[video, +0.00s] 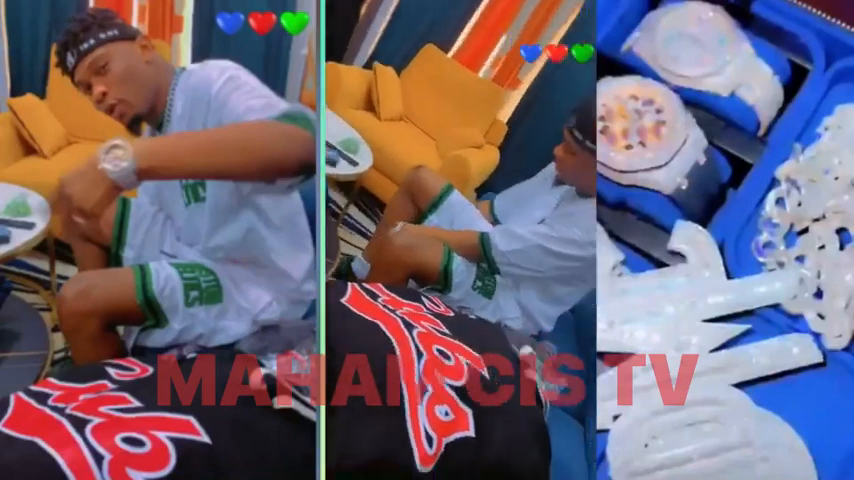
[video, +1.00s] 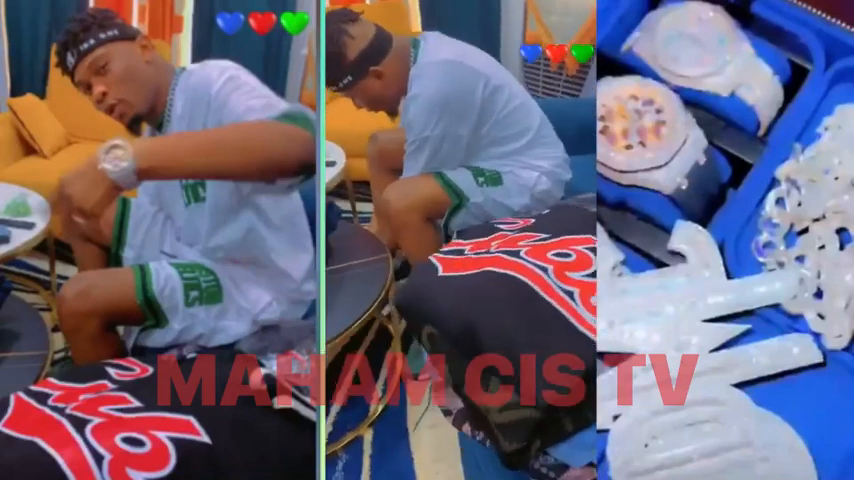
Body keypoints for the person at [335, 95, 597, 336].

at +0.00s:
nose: (558, 151)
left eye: (572, 150)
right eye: (565, 140)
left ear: (602, 169)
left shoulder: (589, 232)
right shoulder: (565, 171)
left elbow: (489, 249)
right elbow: (491, 210)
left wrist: (405, 237)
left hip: (514, 302)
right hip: (498, 253)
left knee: (402, 245)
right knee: (420, 182)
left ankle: (357, 316)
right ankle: (362, 275)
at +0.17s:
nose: (503, 97)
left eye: (513, 92)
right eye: (507, 86)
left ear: (552, 101)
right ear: (552, 100)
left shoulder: (571, 161)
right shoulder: (530, 117)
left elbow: (468, 208)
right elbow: (464, 177)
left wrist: (390, 224)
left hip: (508, 257)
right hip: (478, 216)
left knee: (384, 230)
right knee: (387, 167)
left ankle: (358, 315)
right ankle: (341, 269)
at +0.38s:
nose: (419, 101)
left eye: (422, 90)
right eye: (417, 91)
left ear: (456, 81)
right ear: (458, 80)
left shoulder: (509, 114)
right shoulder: (477, 102)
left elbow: (458, 205)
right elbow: (440, 173)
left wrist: (394, 187)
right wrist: (418, 231)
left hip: (532, 237)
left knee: (407, 245)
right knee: (392, 189)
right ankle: (383, 307)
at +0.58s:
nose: (371, 129)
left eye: (367, 120)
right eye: (364, 123)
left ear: (389, 103)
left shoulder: (447, 116)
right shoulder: (436, 87)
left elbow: (426, 209)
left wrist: (395, 261)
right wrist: (395, 248)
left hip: (532, 212)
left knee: (404, 235)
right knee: (389, 181)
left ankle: (427, 331)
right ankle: (411, 310)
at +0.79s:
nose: (365, 127)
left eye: (358, 118)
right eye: (357, 121)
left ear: (377, 100)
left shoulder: (436, 104)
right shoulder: (424, 73)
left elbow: (422, 207)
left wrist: (385, 254)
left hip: (538, 186)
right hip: (504, 170)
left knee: (409, 217)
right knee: (390, 164)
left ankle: (448, 315)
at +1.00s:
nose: (358, 105)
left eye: (352, 94)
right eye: (349, 97)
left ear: (377, 76)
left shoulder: (435, 87)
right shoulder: (422, 50)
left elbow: (416, 193)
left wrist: (381, 250)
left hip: (532, 178)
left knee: (399, 202)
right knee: (381, 147)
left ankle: (443, 304)